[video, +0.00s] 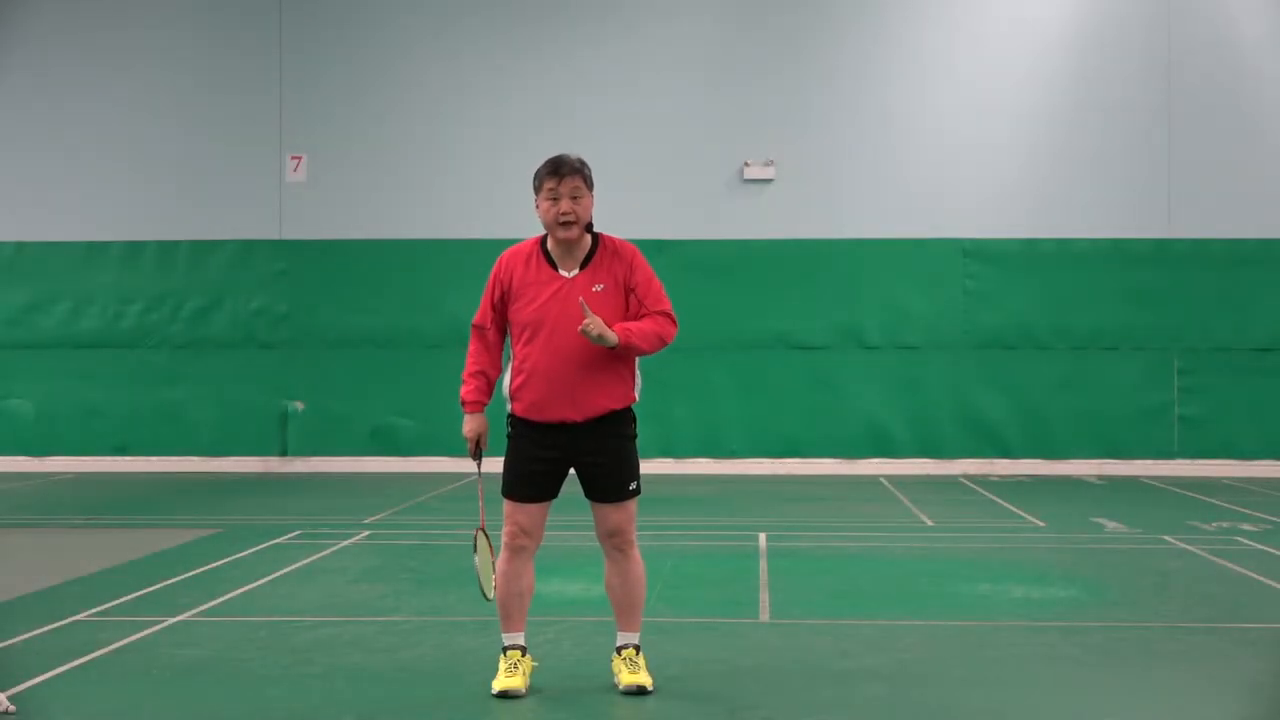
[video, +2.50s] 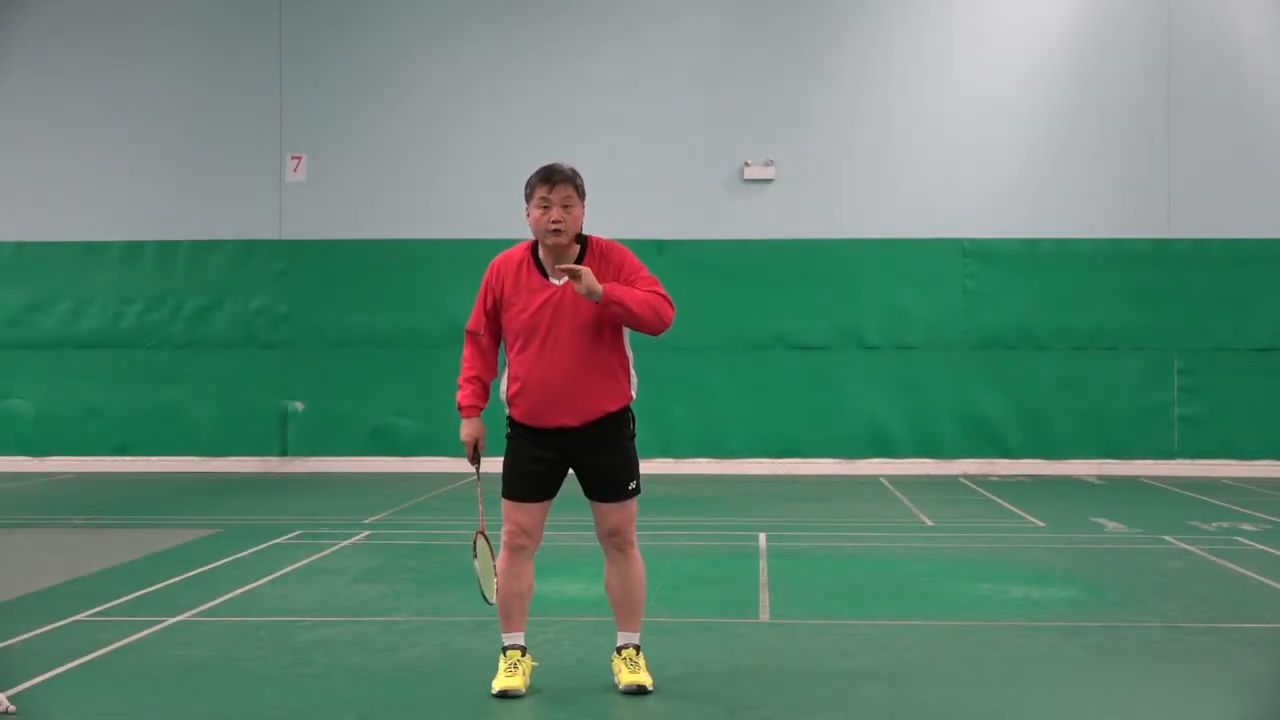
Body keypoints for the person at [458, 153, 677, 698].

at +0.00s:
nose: (564, 207)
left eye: (575, 196)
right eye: (553, 198)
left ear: (592, 201)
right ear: (538, 206)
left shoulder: (622, 258)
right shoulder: (512, 265)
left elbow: (664, 324)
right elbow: (485, 335)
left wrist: (618, 334)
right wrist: (474, 407)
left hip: (607, 423)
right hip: (533, 426)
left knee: (619, 537)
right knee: (518, 537)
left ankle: (629, 649)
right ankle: (513, 652)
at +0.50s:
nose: (565, 220)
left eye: (575, 209)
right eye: (554, 211)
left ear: (592, 212)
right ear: (538, 217)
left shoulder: (623, 265)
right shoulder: (512, 272)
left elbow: (663, 330)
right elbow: (485, 342)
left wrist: (624, 350)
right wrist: (477, 414)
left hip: (609, 427)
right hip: (535, 429)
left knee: (621, 537)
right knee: (519, 538)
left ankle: (629, 649)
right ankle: (514, 651)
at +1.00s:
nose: (568, 205)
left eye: (578, 195)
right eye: (557, 196)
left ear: (594, 199)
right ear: (541, 204)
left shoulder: (624, 254)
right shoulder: (514, 261)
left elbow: (663, 317)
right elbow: (486, 330)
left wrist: (614, 286)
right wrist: (471, 401)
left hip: (607, 420)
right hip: (533, 423)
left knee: (619, 536)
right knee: (518, 538)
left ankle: (629, 650)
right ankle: (513, 652)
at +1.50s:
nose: (561, 210)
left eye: (571, 199)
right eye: (550, 201)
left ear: (588, 204)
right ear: (535, 208)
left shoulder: (616, 252)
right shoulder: (510, 264)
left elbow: (662, 308)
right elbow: (485, 335)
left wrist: (605, 278)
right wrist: (474, 407)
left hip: (607, 421)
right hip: (535, 425)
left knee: (620, 537)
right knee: (519, 538)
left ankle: (629, 650)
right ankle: (513, 652)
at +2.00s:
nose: (555, 218)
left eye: (565, 207)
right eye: (543, 208)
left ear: (582, 212)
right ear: (528, 215)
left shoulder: (611, 258)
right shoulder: (504, 269)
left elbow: (659, 317)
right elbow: (480, 339)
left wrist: (603, 298)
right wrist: (470, 411)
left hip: (605, 425)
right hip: (532, 428)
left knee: (619, 537)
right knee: (517, 537)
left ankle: (629, 650)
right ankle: (513, 651)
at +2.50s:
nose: (555, 215)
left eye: (566, 205)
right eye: (544, 206)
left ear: (582, 211)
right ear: (528, 213)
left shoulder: (610, 258)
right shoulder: (505, 269)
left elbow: (660, 314)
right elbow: (480, 340)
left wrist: (602, 293)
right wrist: (471, 412)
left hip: (605, 425)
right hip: (532, 428)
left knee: (619, 536)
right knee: (518, 537)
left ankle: (630, 650)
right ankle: (513, 652)